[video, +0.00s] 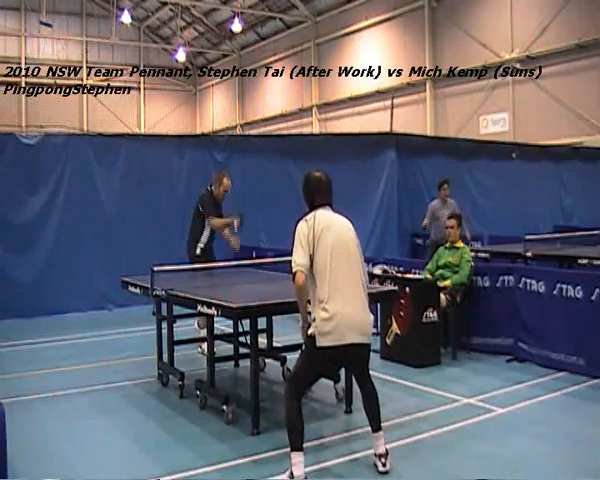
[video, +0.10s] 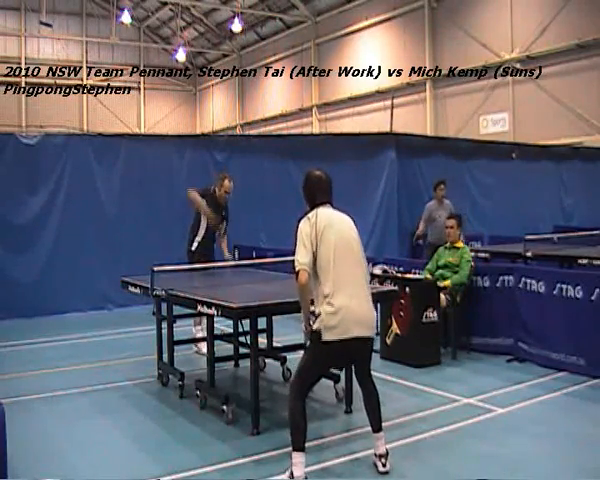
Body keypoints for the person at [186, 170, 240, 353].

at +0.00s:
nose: (225, 193)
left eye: (227, 189)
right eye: (224, 188)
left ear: (224, 187)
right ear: (216, 185)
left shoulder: (217, 200)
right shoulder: (206, 198)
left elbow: (219, 225)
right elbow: (214, 222)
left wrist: (230, 238)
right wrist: (232, 220)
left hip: (208, 249)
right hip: (198, 250)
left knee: (212, 286)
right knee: (206, 291)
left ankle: (202, 320)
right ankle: (204, 339)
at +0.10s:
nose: (227, 195)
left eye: (229, 192)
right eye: (225, 191)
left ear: (229, 191)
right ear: (217, 188)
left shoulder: (224, 207)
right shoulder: (209, 196)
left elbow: (222, 233)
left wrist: (226, 253)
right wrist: (207, 213)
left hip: (209, 249)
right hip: (197, 248)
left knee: (208, 288)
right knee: (201, 289)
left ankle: (200, 327)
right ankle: (200, 334)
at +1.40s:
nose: (213, 196)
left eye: (215, 192)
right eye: (210, 192)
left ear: (218, 191)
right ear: (203, 192)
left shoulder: (220, 202)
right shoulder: (197, 211)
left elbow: (231, 217)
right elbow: (191, 241)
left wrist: (240, 234)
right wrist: (213, 245)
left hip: (222, 253)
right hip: (205, 255)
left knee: (223, 290)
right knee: (201, 296)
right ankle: (200, 338)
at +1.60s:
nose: (224, 198)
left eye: (226, 195)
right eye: (221, 194)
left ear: (228, 194)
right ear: (213, 193)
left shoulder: (224, 208)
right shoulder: (207, 208)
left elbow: (221, 230)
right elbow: (202, 230)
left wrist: (228, 236)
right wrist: (205, 250)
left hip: (224, 257)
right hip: (209, 259)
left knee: (223, 296)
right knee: (203, 299)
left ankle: (230, 331)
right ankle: (199, 338)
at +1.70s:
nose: (226, 192)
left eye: (229, 189)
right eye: (224, 189)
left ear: (231, 190)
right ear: (216, 188)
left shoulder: (226, 206)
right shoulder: (209, 205)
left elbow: (223, 230)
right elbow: (200, 225)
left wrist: (227, 246)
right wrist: (194, 246)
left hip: (224, 259)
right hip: (208, 260)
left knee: (228, 297)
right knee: (201, 301)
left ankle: (232, 333)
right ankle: (193, 338)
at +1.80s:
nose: (225, 189)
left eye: (227, 186)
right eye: (222, 185)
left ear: (230, 187)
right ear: (215, 185)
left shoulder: (227, 203)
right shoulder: (207, 204)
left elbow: (223, 228)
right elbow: (195, 223)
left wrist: (227, 246)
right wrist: (191, 243)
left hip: (222, 258)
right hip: (204, 259)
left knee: (228, 295)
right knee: (194, 300)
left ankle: (233, 332)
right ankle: (185, 337)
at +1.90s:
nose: (217, 187)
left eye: (219, 184)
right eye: (214, 183)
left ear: (222, 185)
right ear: (207, 183)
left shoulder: (223, 203)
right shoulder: (201, 203)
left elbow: (226, 228)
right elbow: (187, 222)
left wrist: (227, 248)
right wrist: (186, 241)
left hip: (219, 257)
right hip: (200, 258)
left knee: (227, 294)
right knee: (188, 296)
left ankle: (232, 330)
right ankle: (175, 331)